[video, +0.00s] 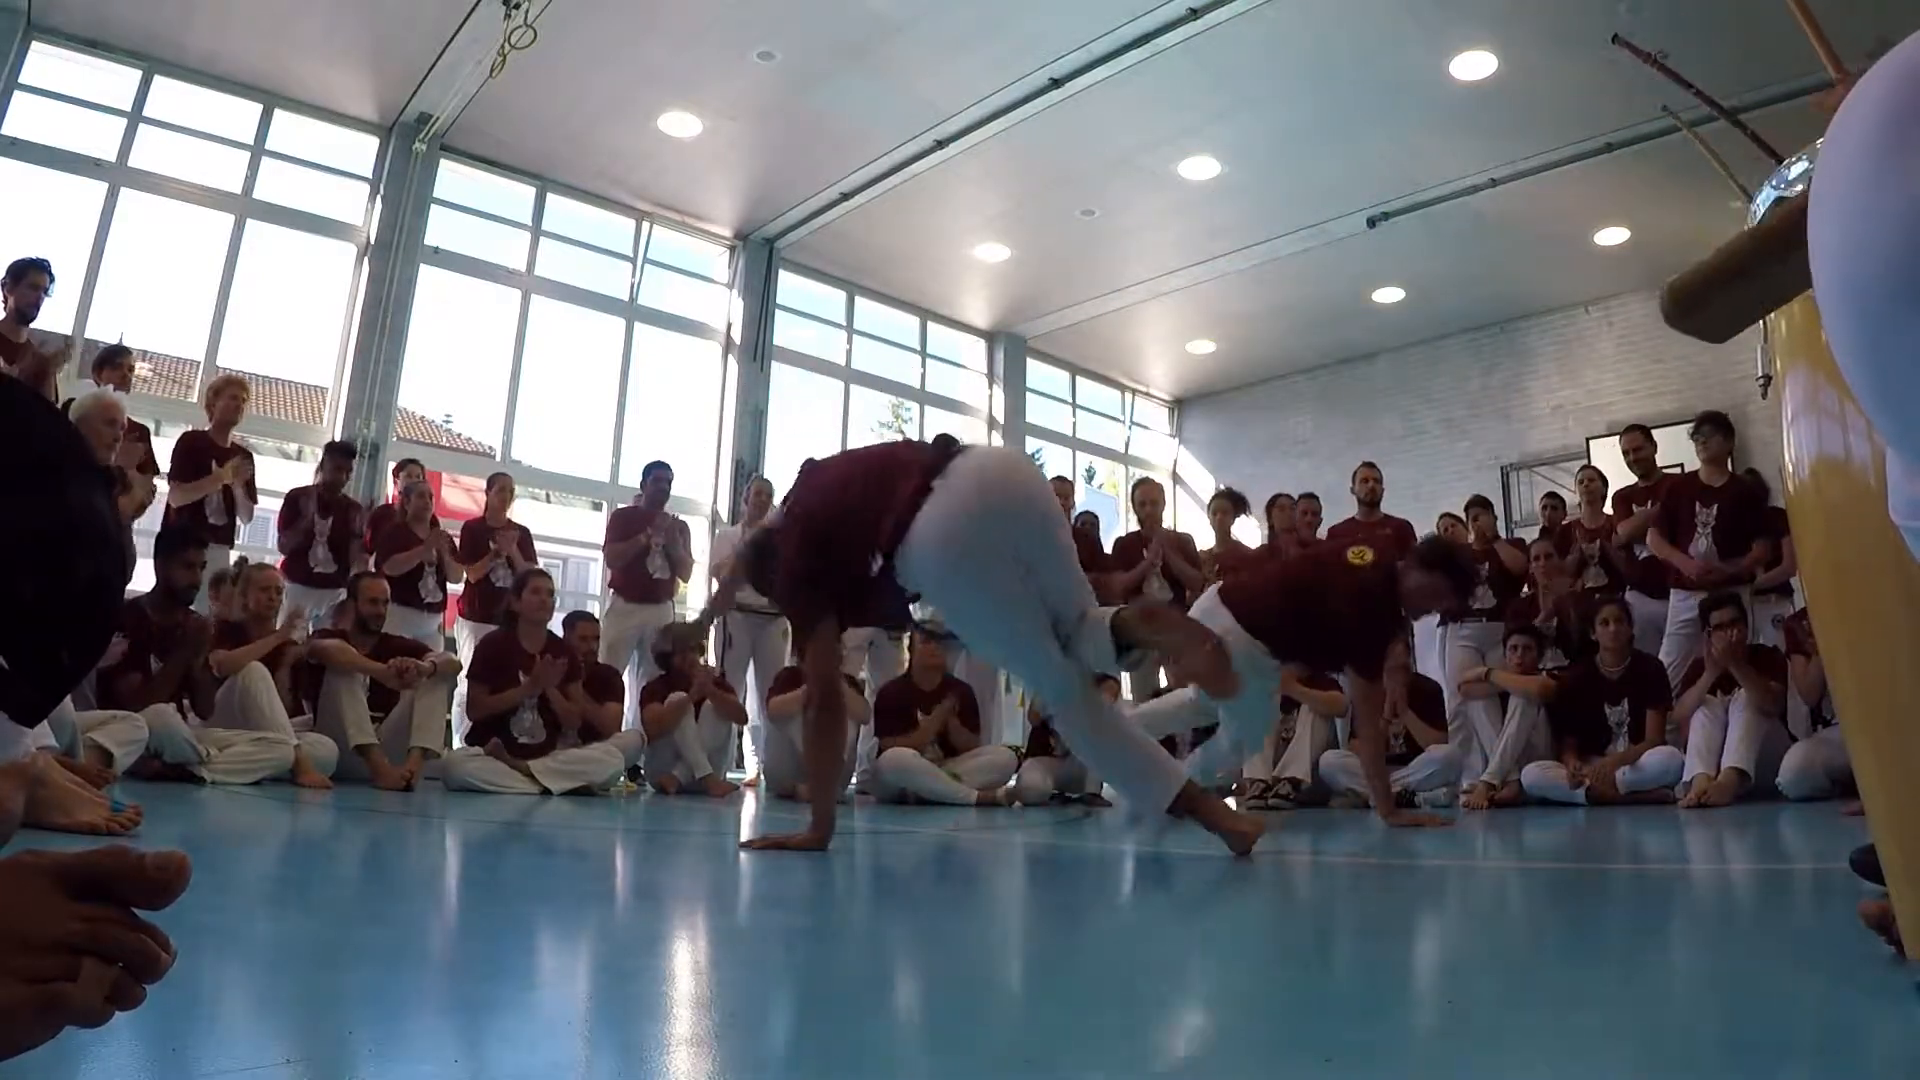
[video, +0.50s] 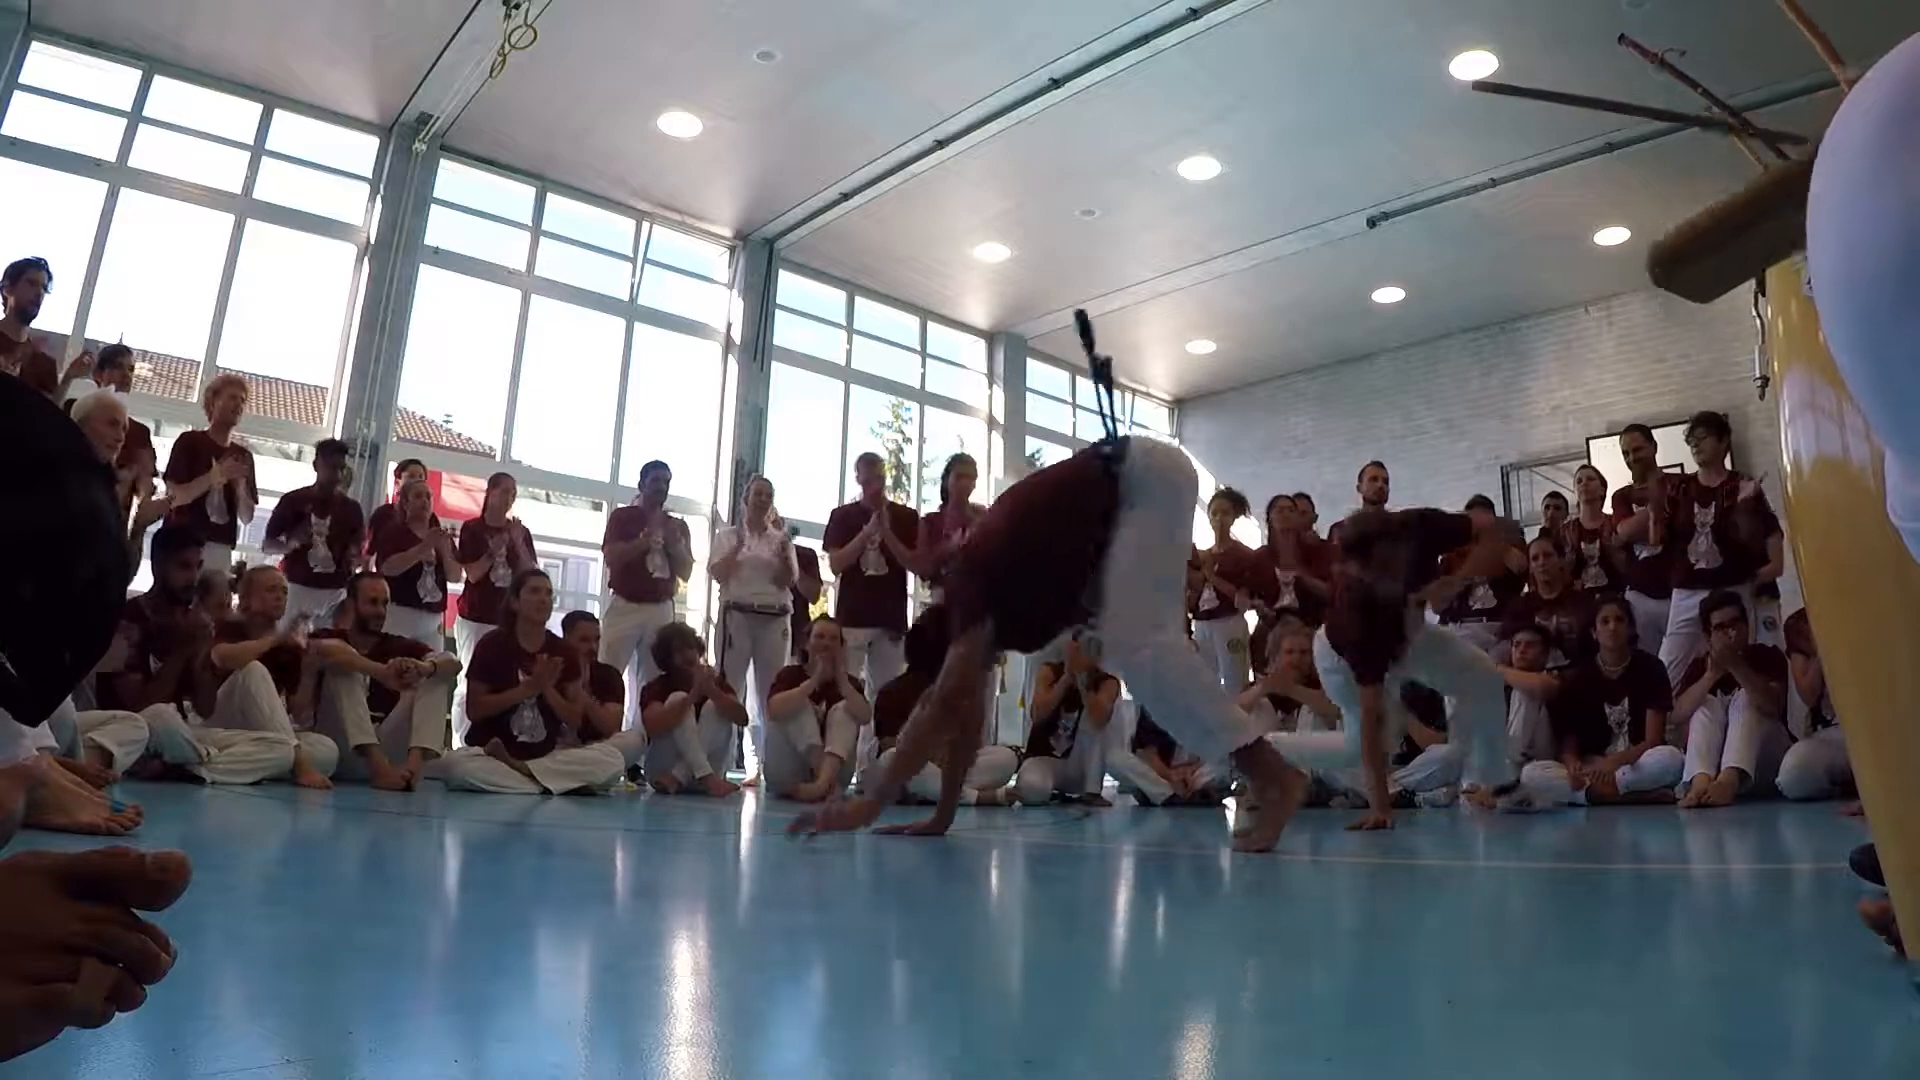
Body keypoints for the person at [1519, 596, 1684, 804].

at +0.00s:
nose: (1613, 629)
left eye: (1619, 622)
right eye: (1605, 624)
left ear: (1630, 630)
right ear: (1593, 634)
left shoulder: (1650, 668)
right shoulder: (1577, 674)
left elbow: (1654, 740)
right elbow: (1569, 741)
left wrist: (1612, 763)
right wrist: (1573, 764)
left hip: (1635, 762)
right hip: (1589, 766)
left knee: (1670, 760)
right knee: (1532, 776)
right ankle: (1629, 798)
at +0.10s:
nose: (1612, 629)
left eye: (1618, 622)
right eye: (1604, 624)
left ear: (1629, 629)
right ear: (1593, 634)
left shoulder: (1651, 668)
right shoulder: (1577, 675)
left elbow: (1654, 740)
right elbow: (1568, 741)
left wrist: (1612, 763)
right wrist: (1573, 763)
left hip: (1635, 762)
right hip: (1589, 765)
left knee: (1670, 760)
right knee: (1532, 776)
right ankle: (1629, 798)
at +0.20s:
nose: (1611, 628)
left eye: (1617, 621)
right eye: (1603, 623)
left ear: (1629, 629)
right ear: (1593, 634)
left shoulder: (1650, 667)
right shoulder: (1577, 674)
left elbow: (1654, 741)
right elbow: (1569, 741)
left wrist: (1611, 762)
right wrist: (1573, 764)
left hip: (1635, 761)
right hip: (1589, 765)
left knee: (1670, 759)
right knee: (1532, 775)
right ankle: (1629, 798)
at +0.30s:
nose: (1612, 628)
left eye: (1619, 621)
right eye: (1605, 622)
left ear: (1630, 629)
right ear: (1593, 633)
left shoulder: (1650, 667)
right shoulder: (1577, 674)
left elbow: (1654, 741)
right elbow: (1569, 741)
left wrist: (1611, 762)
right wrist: (1573, 764)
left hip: (1635, 761)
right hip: (1589, 765)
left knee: (1670, 759)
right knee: (1532, 775)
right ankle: (1629, 798)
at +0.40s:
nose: (1613, 627)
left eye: (1619, 621)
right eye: (1605, 622)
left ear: (1630, 628)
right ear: (1594, 633)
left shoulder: (1650, 667)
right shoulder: (1577, 674)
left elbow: (1653, 741)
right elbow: (1569, 740)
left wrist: (1610, 763)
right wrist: (1574, 765)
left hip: (1635, 760)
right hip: (1589, 764)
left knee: (1670, 760)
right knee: (1536, 781)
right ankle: (1630, 797)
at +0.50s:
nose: (1613, 627)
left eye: (1619, 621)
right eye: (1605, 622)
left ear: (1630, 628)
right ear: (1594, 632)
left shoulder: (1651, 667)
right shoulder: (1578, 674)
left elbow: (1654, 741)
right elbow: (1569, 738)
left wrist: (1611, 763)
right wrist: (1573, 763)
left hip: (1635, 761)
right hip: (1590, 764)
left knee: (1670, 759)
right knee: (1531, 775)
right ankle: (1627, 797)